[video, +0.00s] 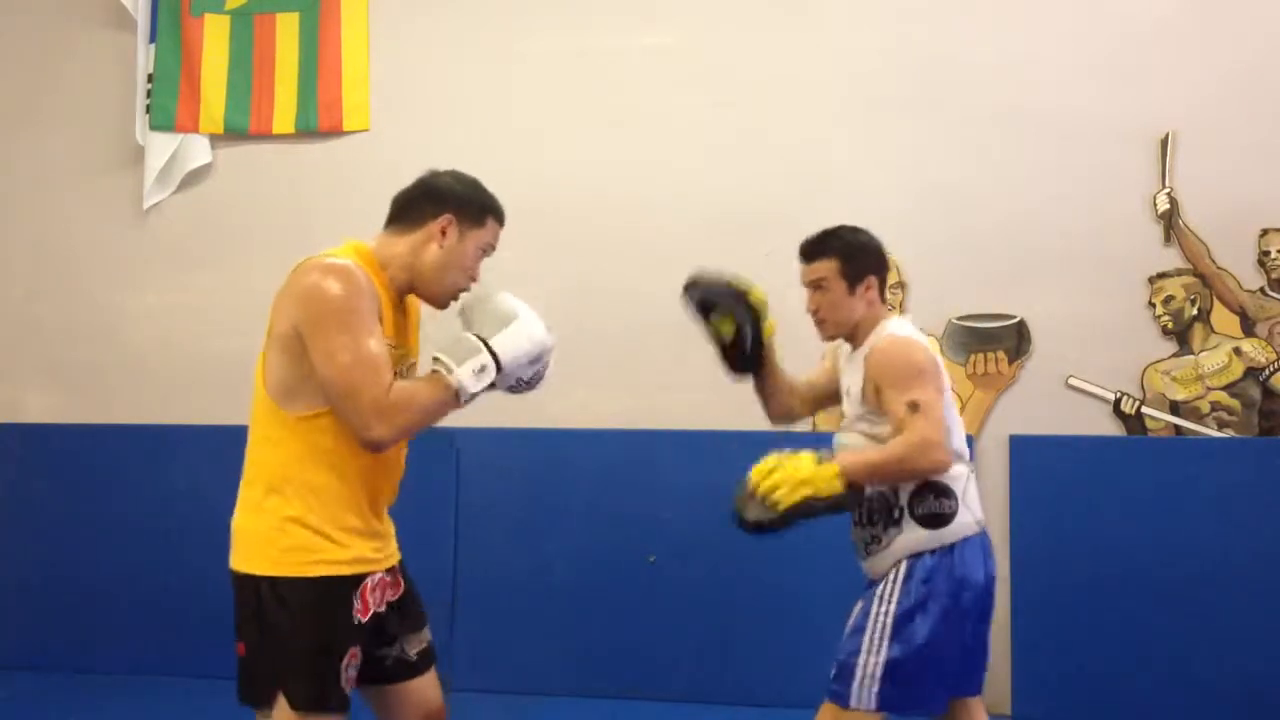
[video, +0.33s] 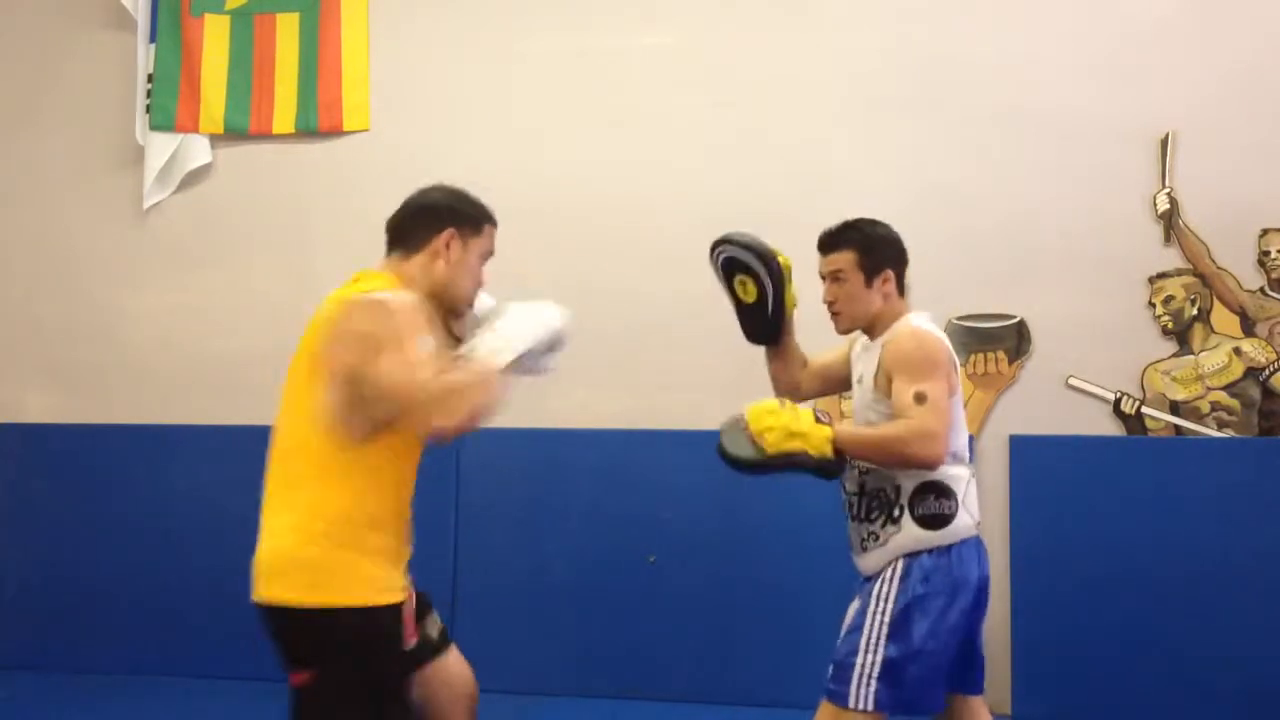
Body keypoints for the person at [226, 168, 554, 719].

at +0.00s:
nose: (477, 275)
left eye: (486, 259)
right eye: (481, 254)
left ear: (441, 234)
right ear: (443, 231)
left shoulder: (399, 301)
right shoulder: (331, 286)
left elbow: (395, 404)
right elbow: (377, 421)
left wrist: (478, 367)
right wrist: (474, 366)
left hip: (368, 550)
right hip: (298, 560)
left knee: (420, 709)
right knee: (303, 711)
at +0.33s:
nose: (484, 278)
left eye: (487, 262)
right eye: (483, 259)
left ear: (442, 248)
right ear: (446, 248)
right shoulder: (383, 306)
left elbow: (437, 410)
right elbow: (433, 411)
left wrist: (482, 348)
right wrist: (498, 352)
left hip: (366, 576)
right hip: (332, 587)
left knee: (451, 691)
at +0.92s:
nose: (550, 261)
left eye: (555, 244)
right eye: (550, 240)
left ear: (509, 227)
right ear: (516, 227)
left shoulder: (428, 279)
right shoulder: (472, 291)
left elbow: (432, 400)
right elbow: (500, 427)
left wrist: (513, 363)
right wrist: (579, 379)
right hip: (411, 553)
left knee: (478, 698)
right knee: (430, 708)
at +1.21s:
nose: (538, 298)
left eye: (546, 286)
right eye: (541, 281)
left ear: (514, 254)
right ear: (515, 255)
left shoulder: (456, 309)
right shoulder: (430, 309)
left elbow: (507, 417)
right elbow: (522, 425)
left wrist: (561, 383)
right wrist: (562, 315)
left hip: (443, 566)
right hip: (390, 576)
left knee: (532, 702)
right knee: (426, 710)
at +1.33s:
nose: (568, 251)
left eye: (572, 237)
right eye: (569, 233)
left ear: (531, 224)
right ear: (536, 221)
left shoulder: (496, 302)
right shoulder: (424, 283)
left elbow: (540, 363)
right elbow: (480, 400)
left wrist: (628, 330)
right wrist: (555, 301)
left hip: (459, 543)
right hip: (387, 547)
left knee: (526, 702)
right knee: (407, 708)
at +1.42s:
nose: (578, 254)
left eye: (581, 243)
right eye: (575, 240)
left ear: (534, 228)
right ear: (540, 225)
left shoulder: (512, 299)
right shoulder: (432, 285)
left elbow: (619, 313)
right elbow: (465, 394)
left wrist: (708, 296)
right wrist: (549, 302)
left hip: (453, 539)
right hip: (384, 538)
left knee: (514, 704)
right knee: (412, 707)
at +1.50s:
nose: (580, 267)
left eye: (586, 256)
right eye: (580, 252)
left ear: (542, 235)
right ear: (543, 234)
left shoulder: (516, 307)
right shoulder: (437, 292)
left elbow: (591, 352)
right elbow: (443, 414)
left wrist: (691, 322)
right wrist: (542, 337)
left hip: (459, 539)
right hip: (390, 538)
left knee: (516, 703)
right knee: (416, 707)